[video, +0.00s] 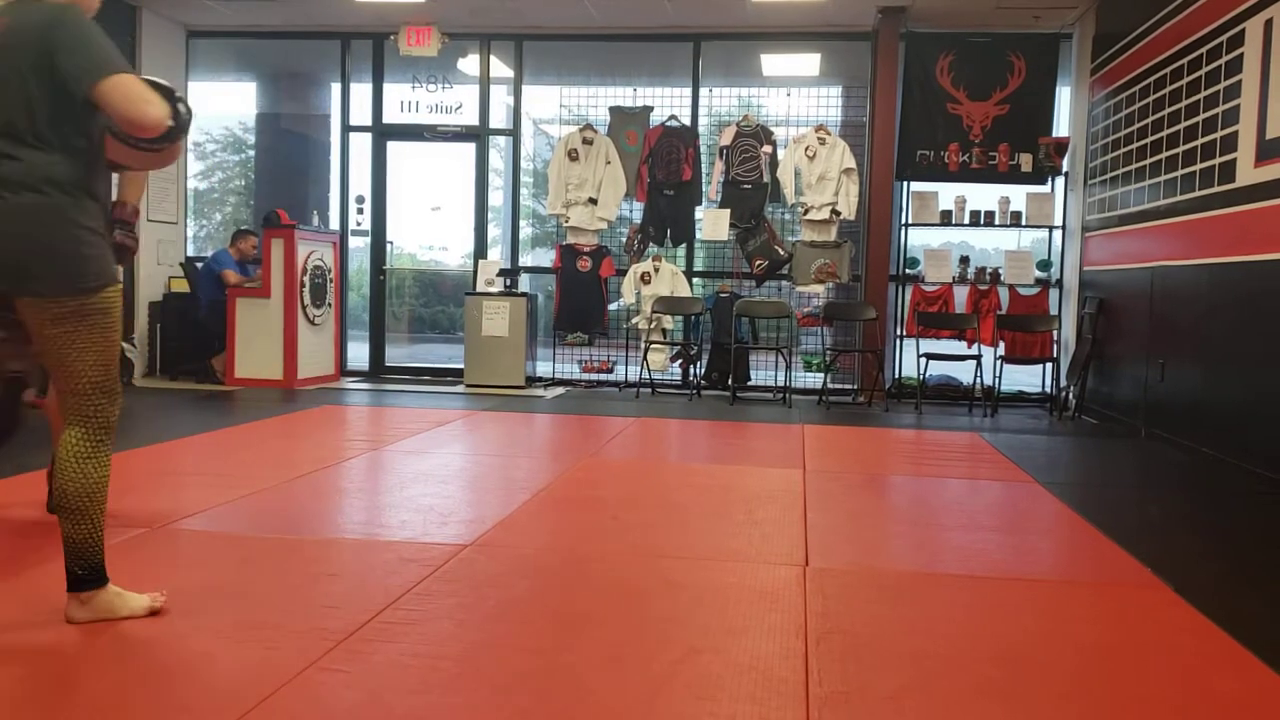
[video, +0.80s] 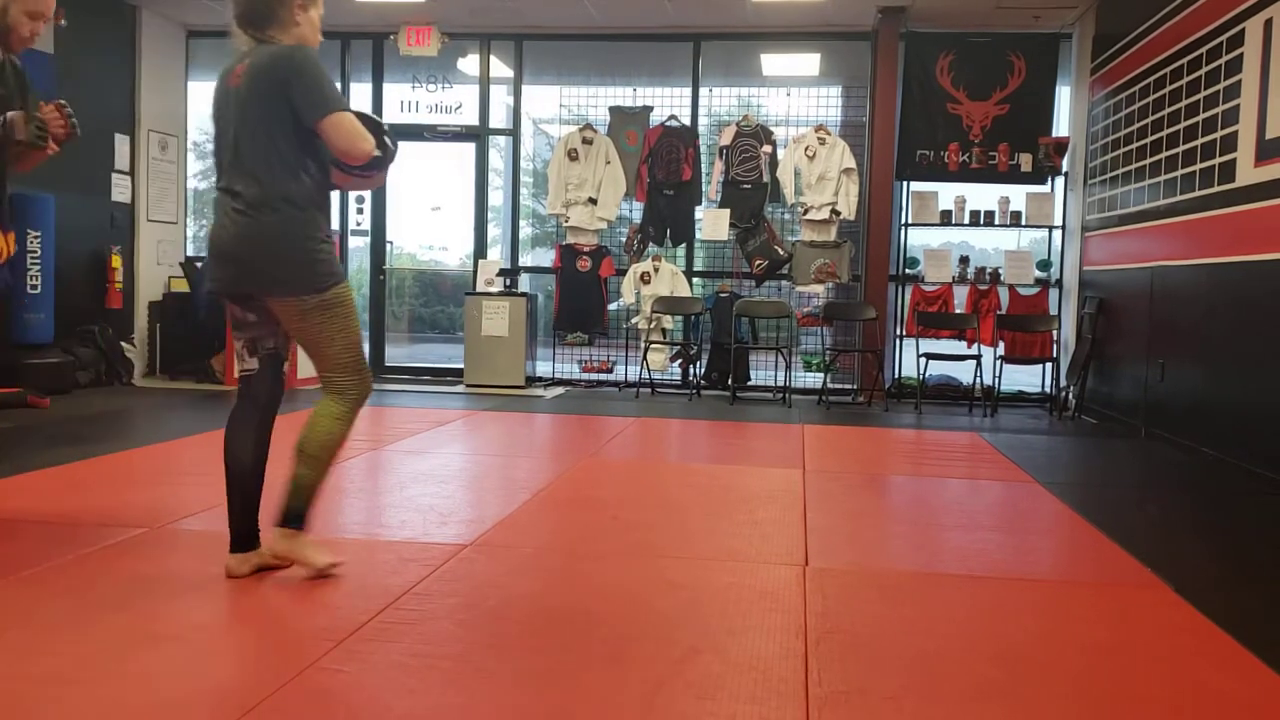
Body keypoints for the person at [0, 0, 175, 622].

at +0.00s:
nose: (101, 5)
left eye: (101, 4)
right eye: (98, 1)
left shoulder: (18, 25)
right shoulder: (57, 23)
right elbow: (147, 118)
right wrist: (161, 101)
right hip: (53, 240)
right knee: (88, 416)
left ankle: (86, 585)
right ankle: (88, 588)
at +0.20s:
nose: (165, 6)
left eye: (164, 2)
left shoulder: (47, 39)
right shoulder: (137, 29)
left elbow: (83, 133)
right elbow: (224, 123)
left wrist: (177, 148)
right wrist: (149, 127)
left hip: (54, 239)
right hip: (124, 240)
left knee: (119, 397)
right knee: (110, 414)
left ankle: (62, 548)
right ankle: (91, 587)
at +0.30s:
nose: (190, 7)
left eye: (189, 1)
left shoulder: (75, 48)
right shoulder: (170, 37)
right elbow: (255, 132)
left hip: (87, 241)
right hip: (153, 240)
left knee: (171, 391)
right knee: (119, 415)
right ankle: (90, 585)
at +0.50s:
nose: (242, 12)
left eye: (239, 3)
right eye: (236, 4)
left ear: (175, 13)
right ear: (217, 7)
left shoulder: (140, 72)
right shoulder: (228, 55)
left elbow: (144, 162)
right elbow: (306, 144)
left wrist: (244, 157)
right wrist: (263, 147)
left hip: (156, 249)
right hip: (214, 249)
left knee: (228, 393)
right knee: (170, 411)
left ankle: (243, 547)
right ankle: (98, 573)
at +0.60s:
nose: (268, 12)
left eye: (266, 3)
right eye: (263, 4)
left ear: (202, 13)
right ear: (245, 7)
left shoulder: (173, 73)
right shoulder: (254, 55)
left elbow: (200, 159)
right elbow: (326, 143)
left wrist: (283, 160)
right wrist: (319, 153)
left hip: (188, 251)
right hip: (244, 253)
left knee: (242, 398)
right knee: (233, 405)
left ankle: (244, 547)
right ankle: (133, 542)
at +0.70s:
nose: (294, 17)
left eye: (291, 8)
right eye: (290, 7)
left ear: (231, 15)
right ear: (269, 9)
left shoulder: (205, 73)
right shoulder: (274, 57)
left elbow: (234, 158)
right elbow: (340, 141)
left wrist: (310, 165)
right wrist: (350, 137)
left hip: (209, 254)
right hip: (270, 255)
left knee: (248, 394)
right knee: (304, 395)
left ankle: (243, 545)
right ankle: (201, 522)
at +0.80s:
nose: (321, 20)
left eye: (319, 10)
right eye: (317, 10)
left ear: (256, 17)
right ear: (295, 12)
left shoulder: (232, 76)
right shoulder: (296, 63)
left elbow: (267, 154)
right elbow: (357, 147)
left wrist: (338, 168)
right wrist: (375, 140)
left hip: (231, 251)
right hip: (292, 252)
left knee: (258, 389)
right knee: (348, 385)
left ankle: (243, 548)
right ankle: (288, 529)